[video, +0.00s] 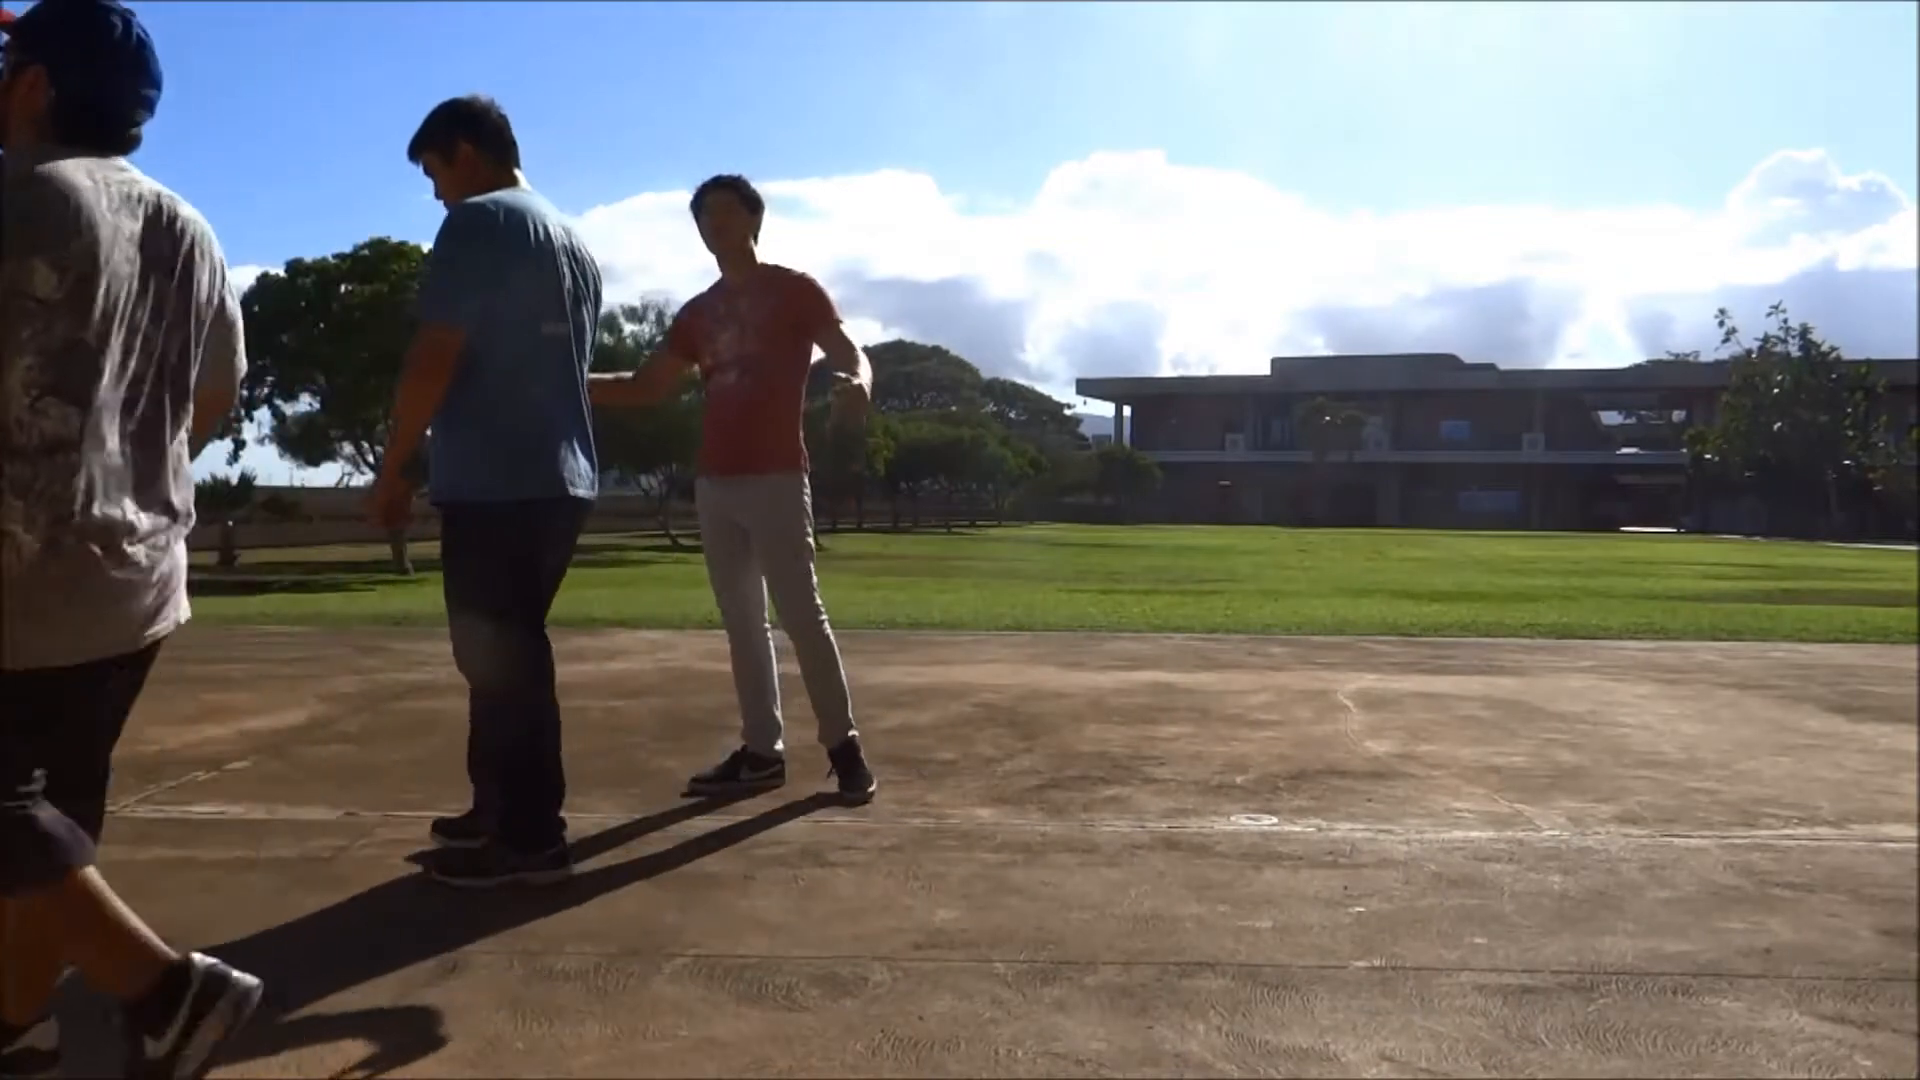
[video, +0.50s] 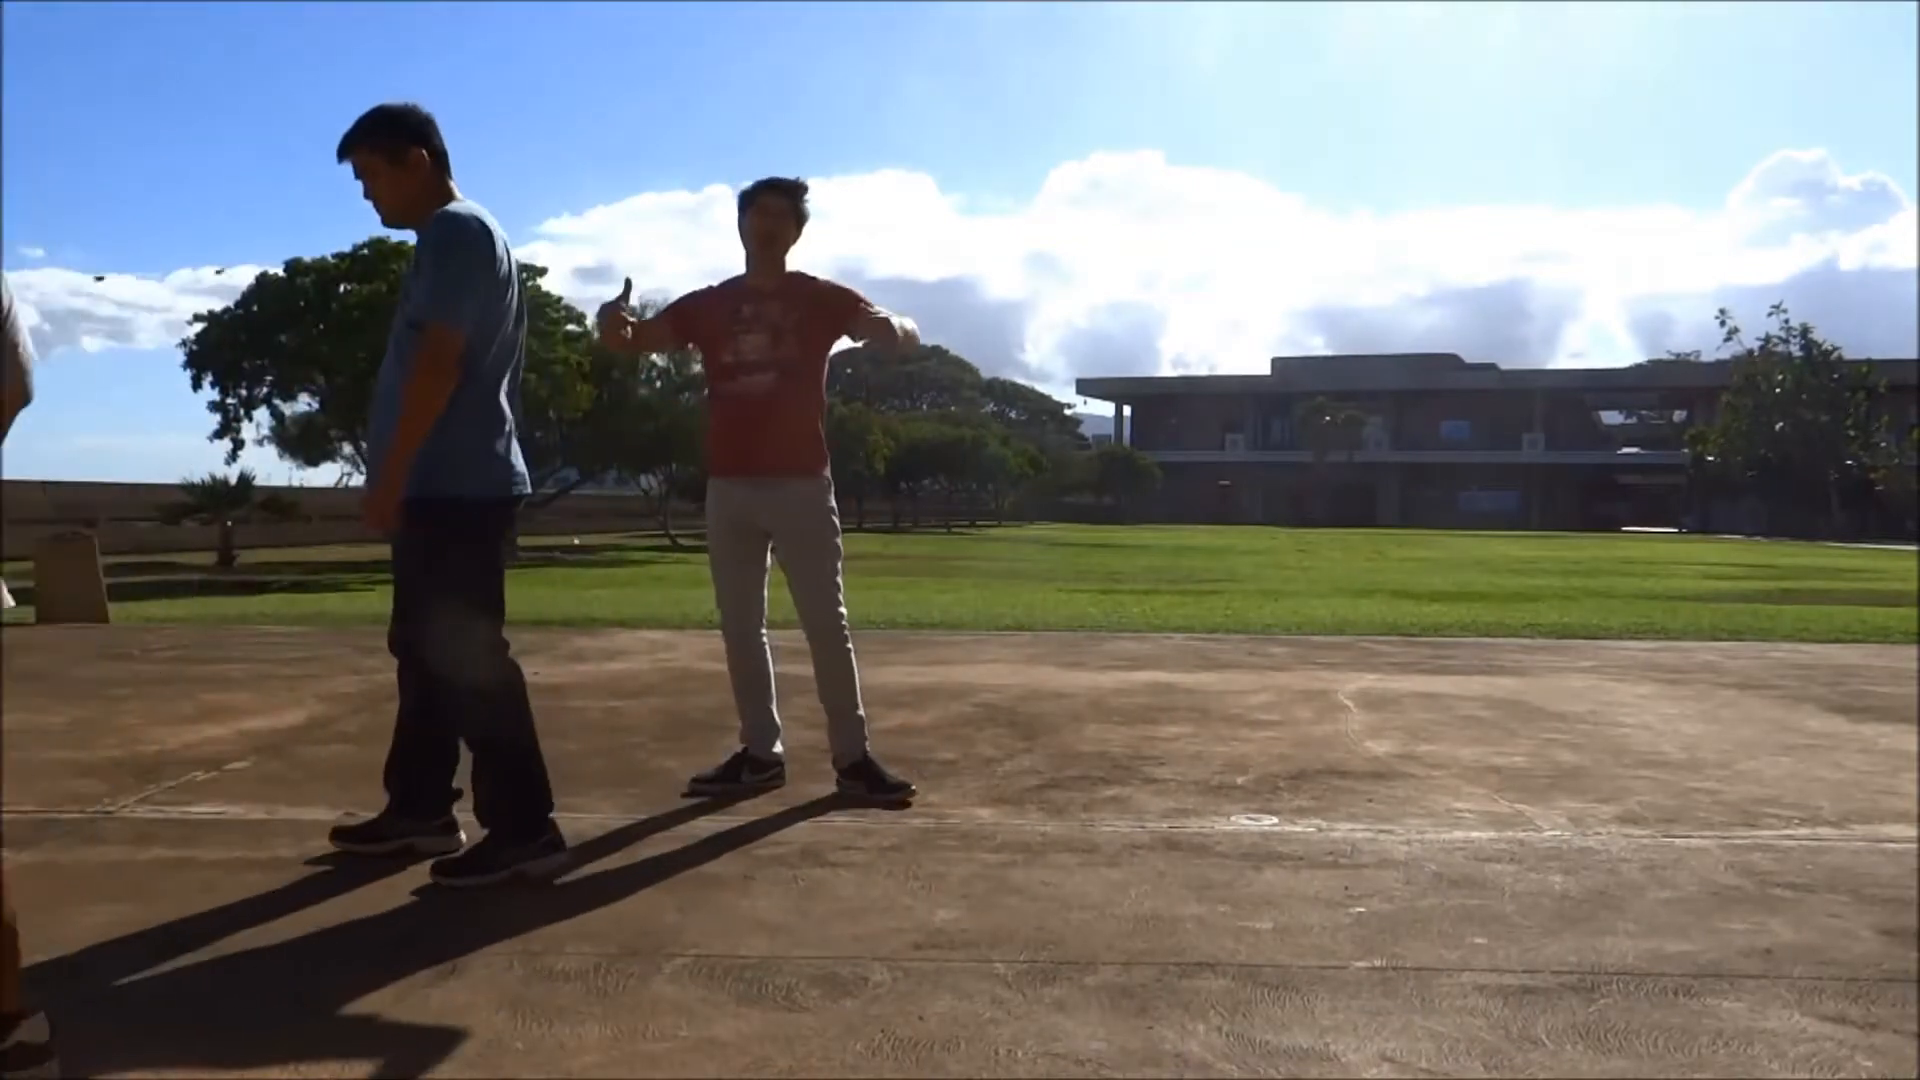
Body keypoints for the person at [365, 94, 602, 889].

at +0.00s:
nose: (434, 189)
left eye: (435, 171)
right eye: (429, 174)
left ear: (467, 154)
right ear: (503, 153)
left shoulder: (473, 226)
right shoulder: (570, 240)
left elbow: (436, 355)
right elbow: (567, 371)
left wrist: (392, 465)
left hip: (492, 487)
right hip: (557, 483)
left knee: (499, 655)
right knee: (506, 647)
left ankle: (529, 836)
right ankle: (501, 808)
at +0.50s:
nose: (369, 197)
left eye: (371, 179)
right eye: (363, 183)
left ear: (417, 161)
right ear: (420, 164)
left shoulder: (459, 234)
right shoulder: (459, 237)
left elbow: (442, 361)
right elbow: (465, 367)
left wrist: (393, 470)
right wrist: (404, 468)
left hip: (461, 486)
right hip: (440, 487)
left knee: (469, 653)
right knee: (422, 649)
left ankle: (525, 828)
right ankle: (419, 809)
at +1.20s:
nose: (383, 178)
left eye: (398, 162)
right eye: (369, 165)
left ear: (434, 165)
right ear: (356, 172)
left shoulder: (474, 249)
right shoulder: (343, 265)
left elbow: (496, 362)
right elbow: (318, 376)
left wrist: (453, 464)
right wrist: (291, 475)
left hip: (455, 485)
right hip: (371, 490)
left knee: (453, 651)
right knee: (389, 653)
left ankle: (468, 822)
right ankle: (408, 812)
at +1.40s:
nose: (420, 175)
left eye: (435, 161)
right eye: (405, 162)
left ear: (458, 166)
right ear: (380, 167)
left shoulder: (492, 254)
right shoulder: (347, 259)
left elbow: (514, 369)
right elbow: (319, 371)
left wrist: (487, 476)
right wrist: (293, 468)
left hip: (460, 491)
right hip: (371, 494)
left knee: (460, 659)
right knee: (387, 658)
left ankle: (470, 824)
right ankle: (407, 811)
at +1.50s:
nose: (439, 178)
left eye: (452, 163)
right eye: (422, 164)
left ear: (473, 168)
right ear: (393, 166)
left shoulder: (503, 256)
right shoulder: (354, 257)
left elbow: (525, 370)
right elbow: (321, 368)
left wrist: (498, 476)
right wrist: (294, 463)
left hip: (466, 491)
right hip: (375, 491)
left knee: (467, 659)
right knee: (387, 658)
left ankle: (472, 823)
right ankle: (407, 811)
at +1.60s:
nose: (449, 178)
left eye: (463, 164)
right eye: (433, 164)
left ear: (485, 168)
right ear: (405, 166)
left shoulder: (515, 258)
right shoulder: (362, 256)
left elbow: (538, 372)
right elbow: (323, 367)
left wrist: (507, 477)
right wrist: (295, 464)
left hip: (473, 492)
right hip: (378, 492)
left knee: (474, 662)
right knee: (387, 658)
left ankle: (473, 824)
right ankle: (408, 810)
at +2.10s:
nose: (474, 182)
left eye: (487, 168)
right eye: (458, 166)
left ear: (508, 171)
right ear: (429, 166)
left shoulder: (535, 268)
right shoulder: (370, 253)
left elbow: (560, 380)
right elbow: (327, 366)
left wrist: (558, 475)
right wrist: (304, 468)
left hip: (490, 491)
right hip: (386, 487)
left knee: (486, 662)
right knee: (352, 646)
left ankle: (478, 822)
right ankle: (334, 793)